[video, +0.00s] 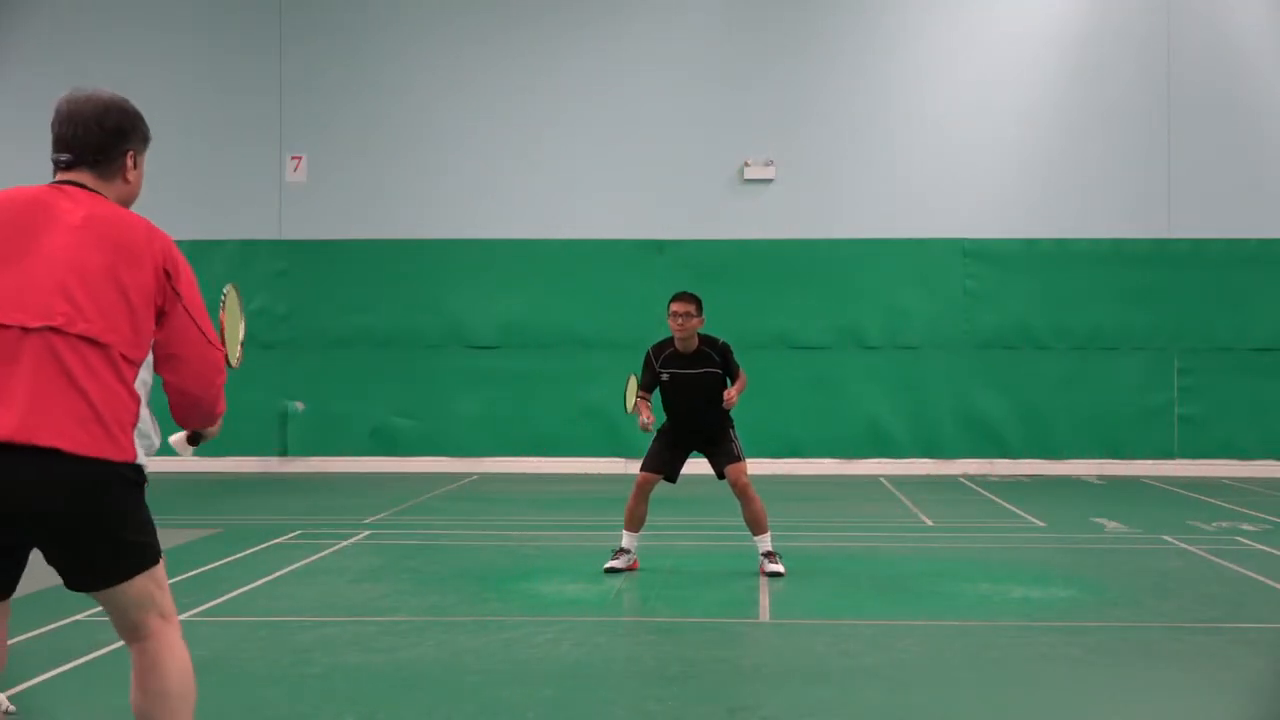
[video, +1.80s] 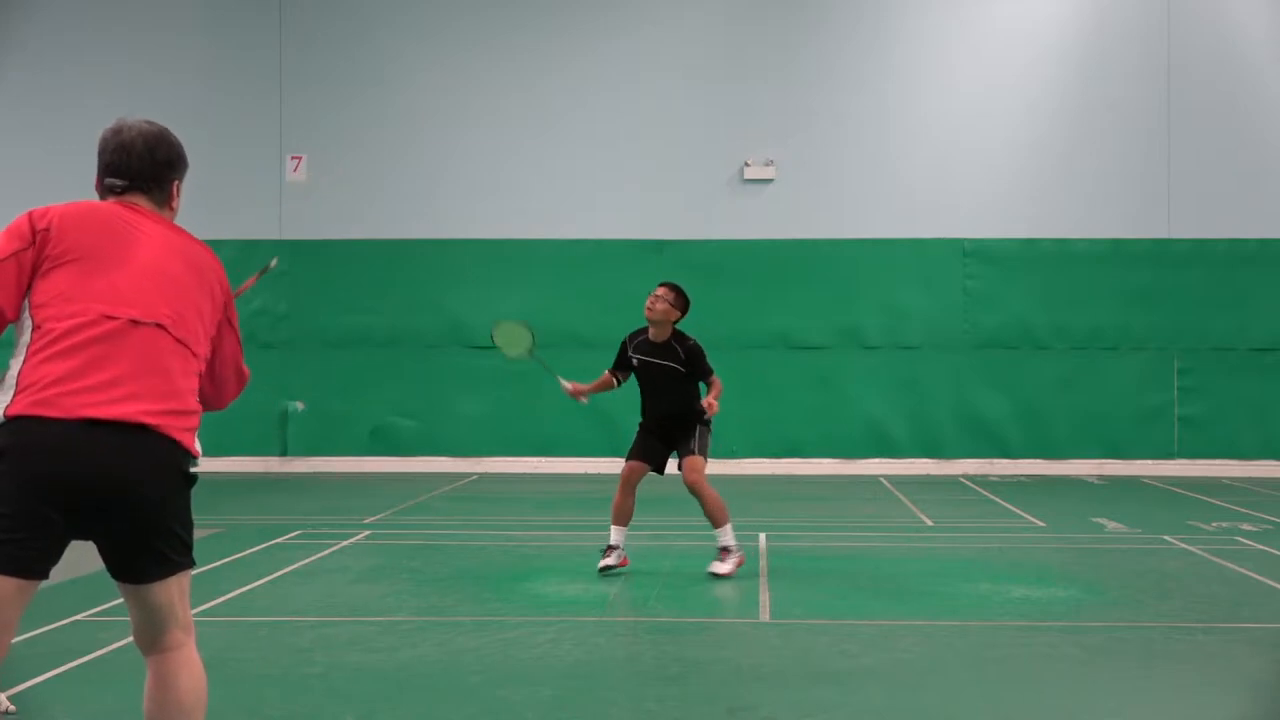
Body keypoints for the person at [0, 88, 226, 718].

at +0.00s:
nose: (144, 175)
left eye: (143, 161)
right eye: (143, 161)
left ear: (60, 156)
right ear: (129, 163)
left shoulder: (3, 206)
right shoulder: (149, 245)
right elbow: (197, 369)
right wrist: (200, 421)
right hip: (87, 464)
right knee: (152, 629)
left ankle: (0, 703)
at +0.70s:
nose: (164, 207)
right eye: (164, 195)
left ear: (83, 189)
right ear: (155, 196)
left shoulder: (20, 231)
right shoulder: (187, 277)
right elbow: (221, 412)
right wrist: (191, 431)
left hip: (18, 463)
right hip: (134, 474)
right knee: (163, 644)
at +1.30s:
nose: (201, 228)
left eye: (202, 216)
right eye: (201, 217)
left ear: (121, 205)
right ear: (189, 217)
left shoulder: (51, 238)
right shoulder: (207, 289)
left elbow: (0, 308)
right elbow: (217, 410)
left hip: (26, 456)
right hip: (141, 473)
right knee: (166, 639)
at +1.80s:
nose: (184, 194)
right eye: (183, 185)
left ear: (100, 184)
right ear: (174, 189)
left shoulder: (45, 224)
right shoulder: (205, 265)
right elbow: (221, 389)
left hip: (34, 446)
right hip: (148, 458)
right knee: (168, 643)